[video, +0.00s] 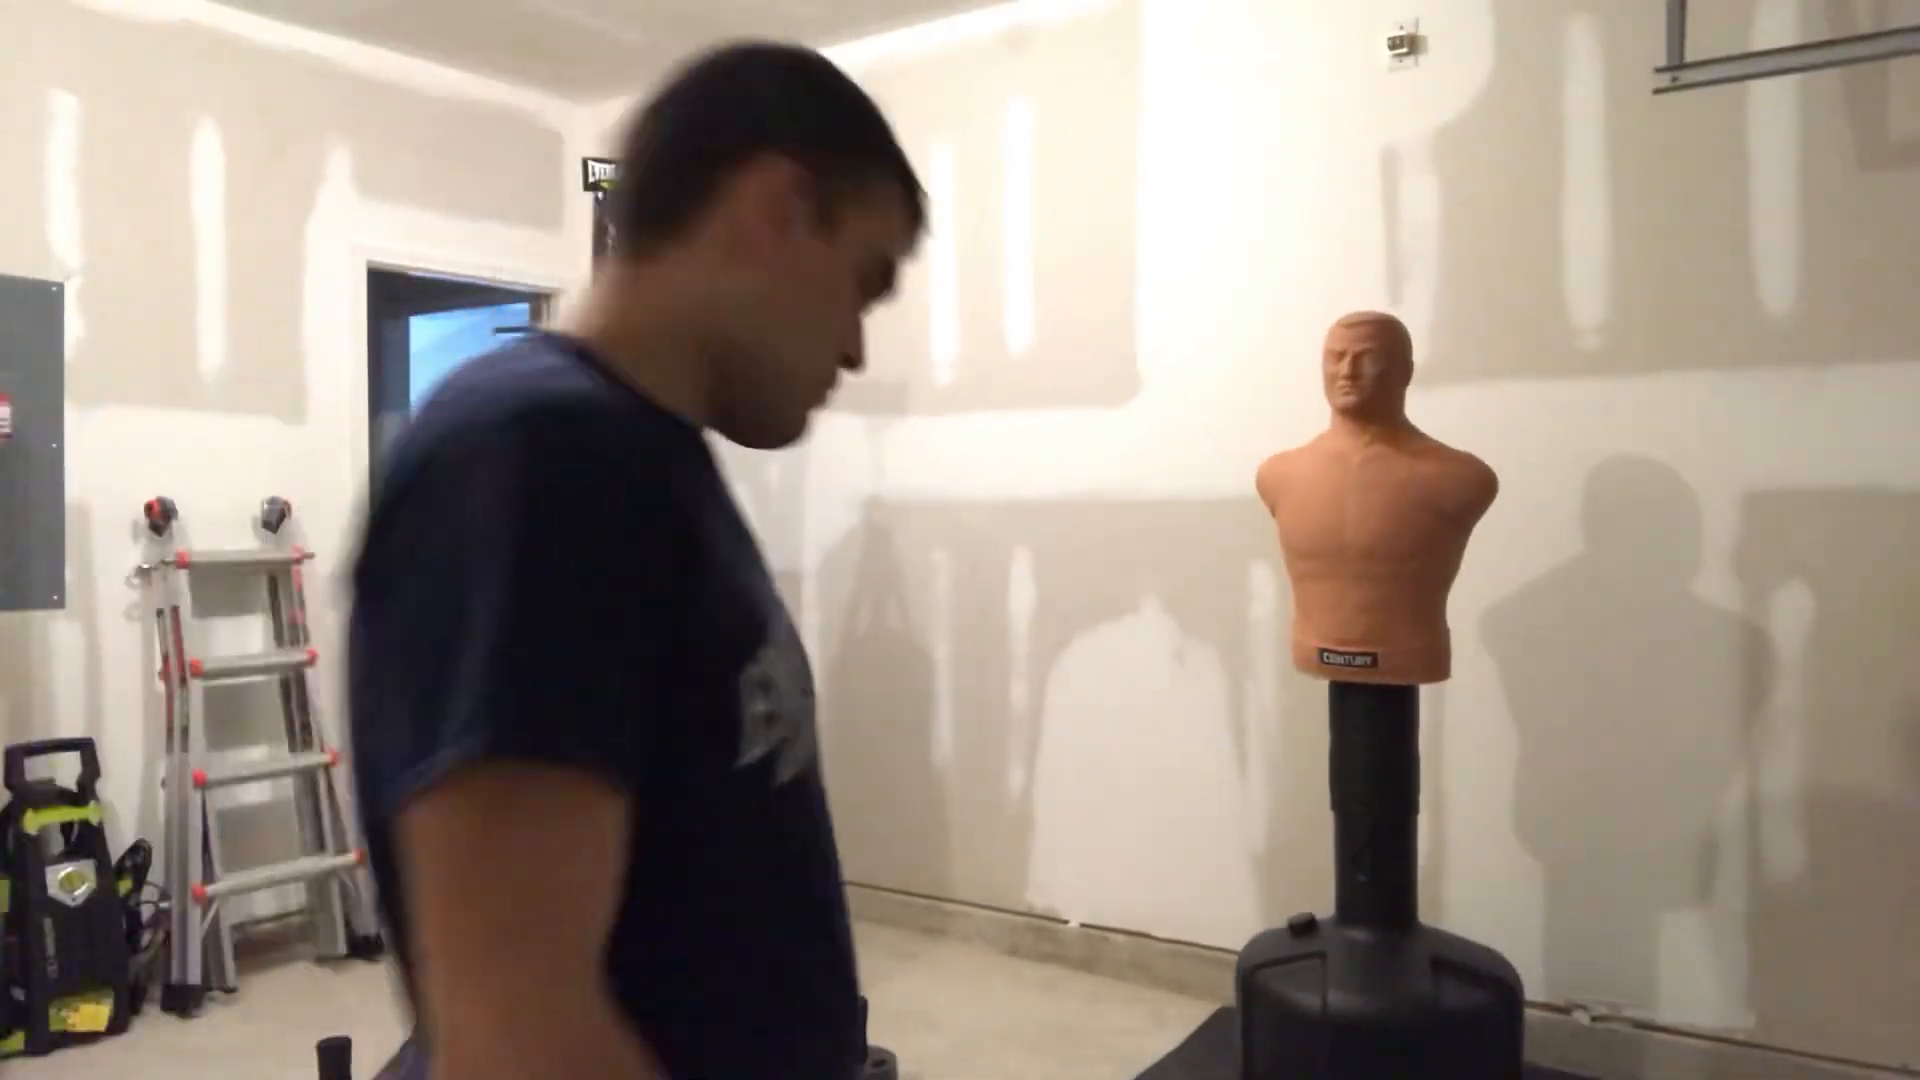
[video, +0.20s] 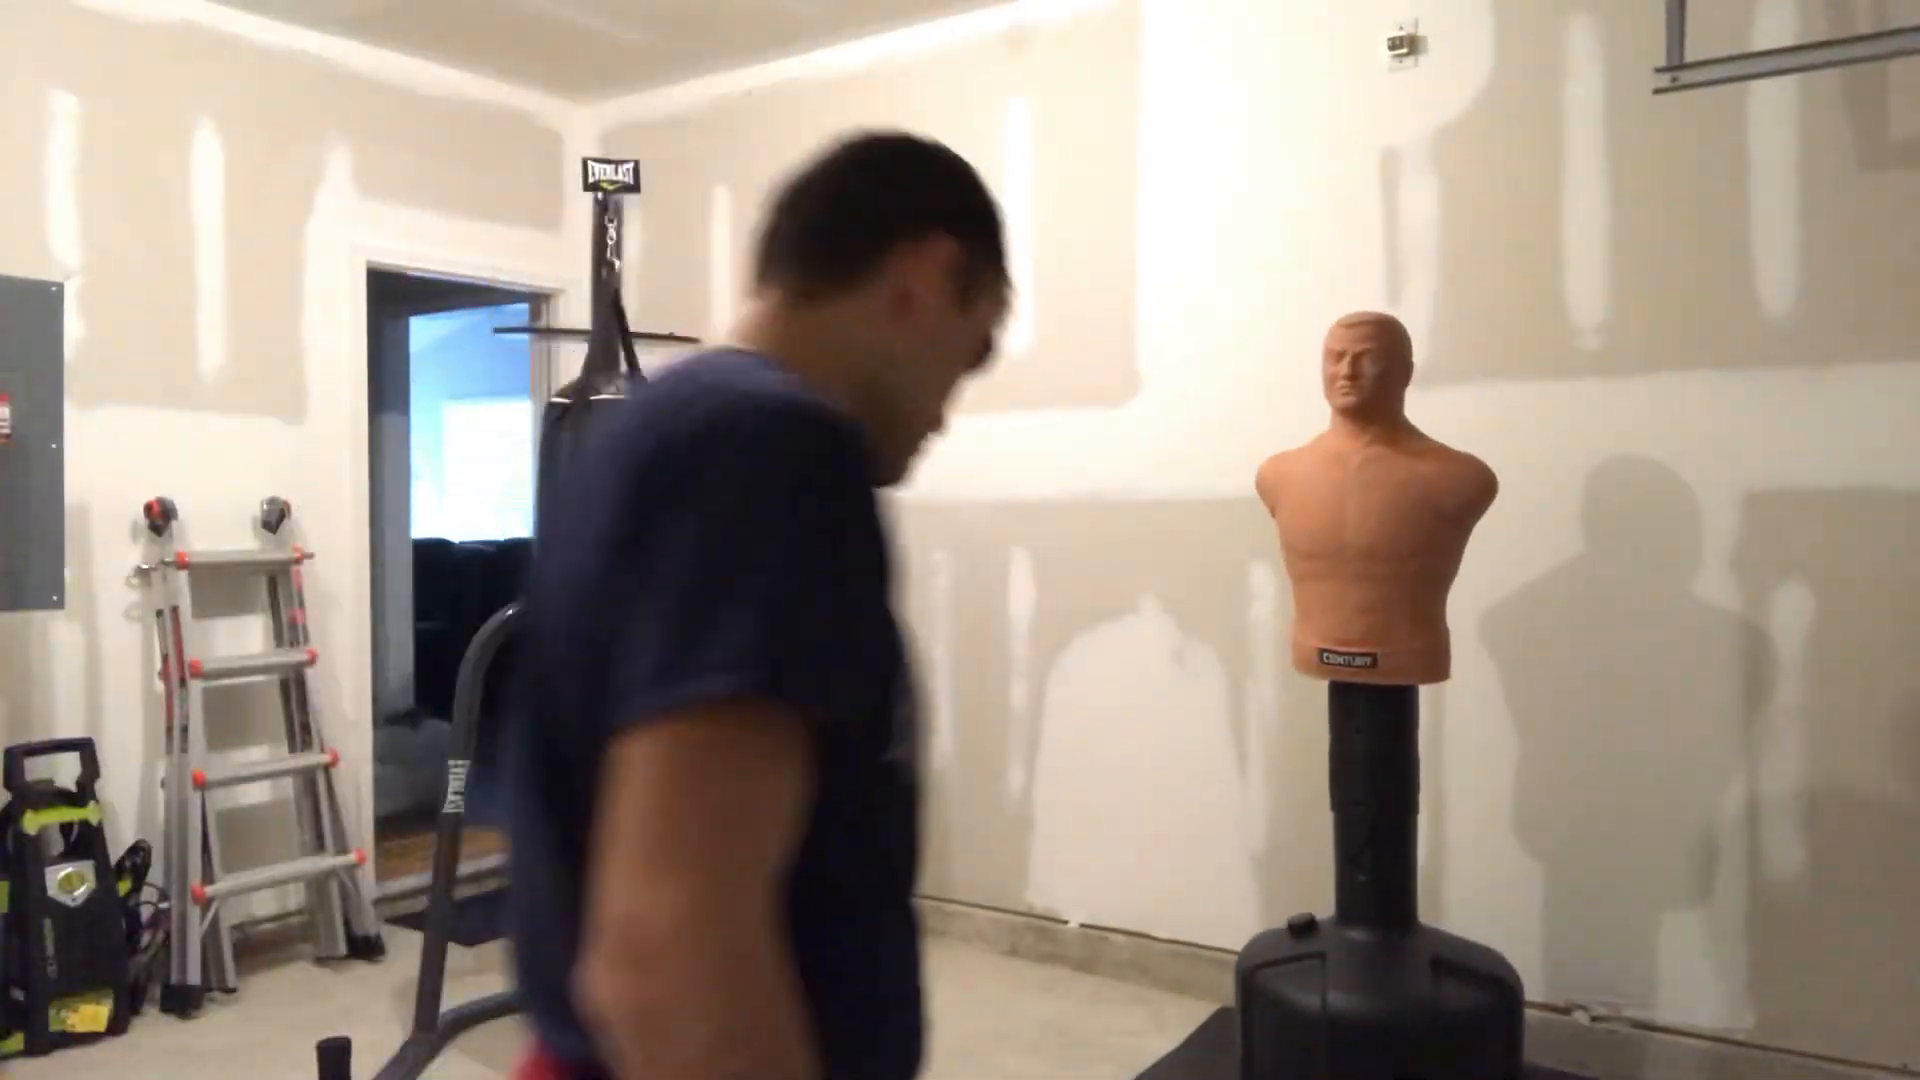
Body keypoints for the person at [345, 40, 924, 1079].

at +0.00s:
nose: (859, 351)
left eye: (876, 298)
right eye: (868, 284)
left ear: (770, 214)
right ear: (773, 210)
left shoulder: (640, 457)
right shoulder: (538, 453)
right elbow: (514, 1022)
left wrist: (820, 1047)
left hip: (782, 1039)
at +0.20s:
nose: (944, 418)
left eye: (974, 372)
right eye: (971, 360)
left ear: (789, 271)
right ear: (925, 280)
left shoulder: (639, 434)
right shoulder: (764, 445)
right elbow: (673, 952)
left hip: (583, 1045)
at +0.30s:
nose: (1026, 386)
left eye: (1037, 361)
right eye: (1035, 353)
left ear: (850, 300)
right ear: (995, 312)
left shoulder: (702, 456)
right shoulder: (875, 474)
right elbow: (805, 950)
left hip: (638, 1032)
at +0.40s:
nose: (1091, 383)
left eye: (1094, 352)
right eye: (1096, 347)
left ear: (918, 310)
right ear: (1065, 324)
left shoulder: (745, 478)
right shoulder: (993, 510)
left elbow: (609, 825)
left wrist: (649, 1040)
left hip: (691, 1031)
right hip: (863, 1051)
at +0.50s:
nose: (1158, 371)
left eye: (1164, 345)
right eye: (1165, 339)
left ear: (983, 304)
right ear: (1146, 324)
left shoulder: (791, 468)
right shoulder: (1111, 526)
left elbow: (638, 770)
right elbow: (1155, 944)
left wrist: (650, 1043)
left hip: (736, 1015)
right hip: (958, 1041)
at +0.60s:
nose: (1203, 385)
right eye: (1210, 352)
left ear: (1025, 312)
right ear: (1198, 325)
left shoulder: (842, 450)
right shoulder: (1192, 534)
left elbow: (648, 717)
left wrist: (679, 982)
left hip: (778, 1005)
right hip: (1008, 1034)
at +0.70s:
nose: (1212, 372)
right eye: (1223, 345)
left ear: (1036, 320)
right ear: (1210, 323)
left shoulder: (871, 441)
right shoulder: (1230, 520)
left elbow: (658, 691)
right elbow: (1339, 903)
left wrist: (757, 916)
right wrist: (1449, 1064)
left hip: (818, 978)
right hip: (1040, 1012)